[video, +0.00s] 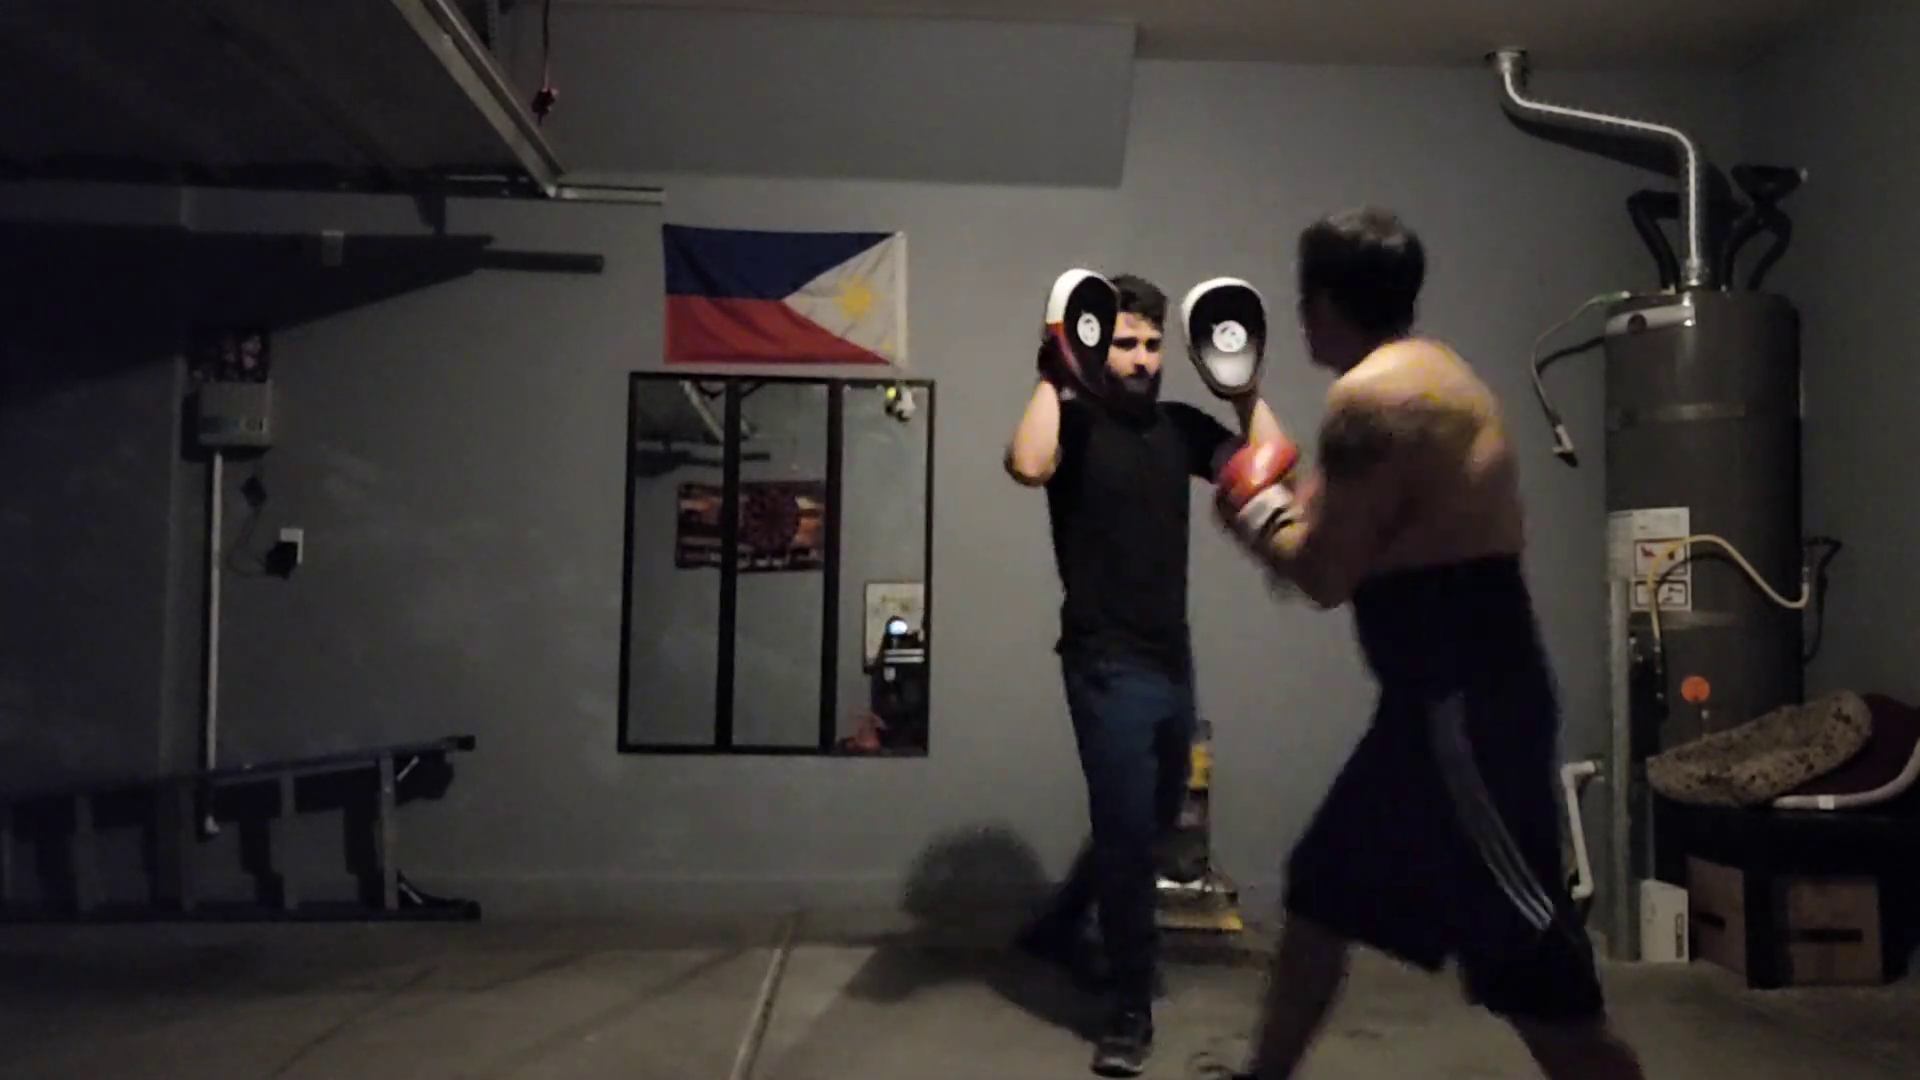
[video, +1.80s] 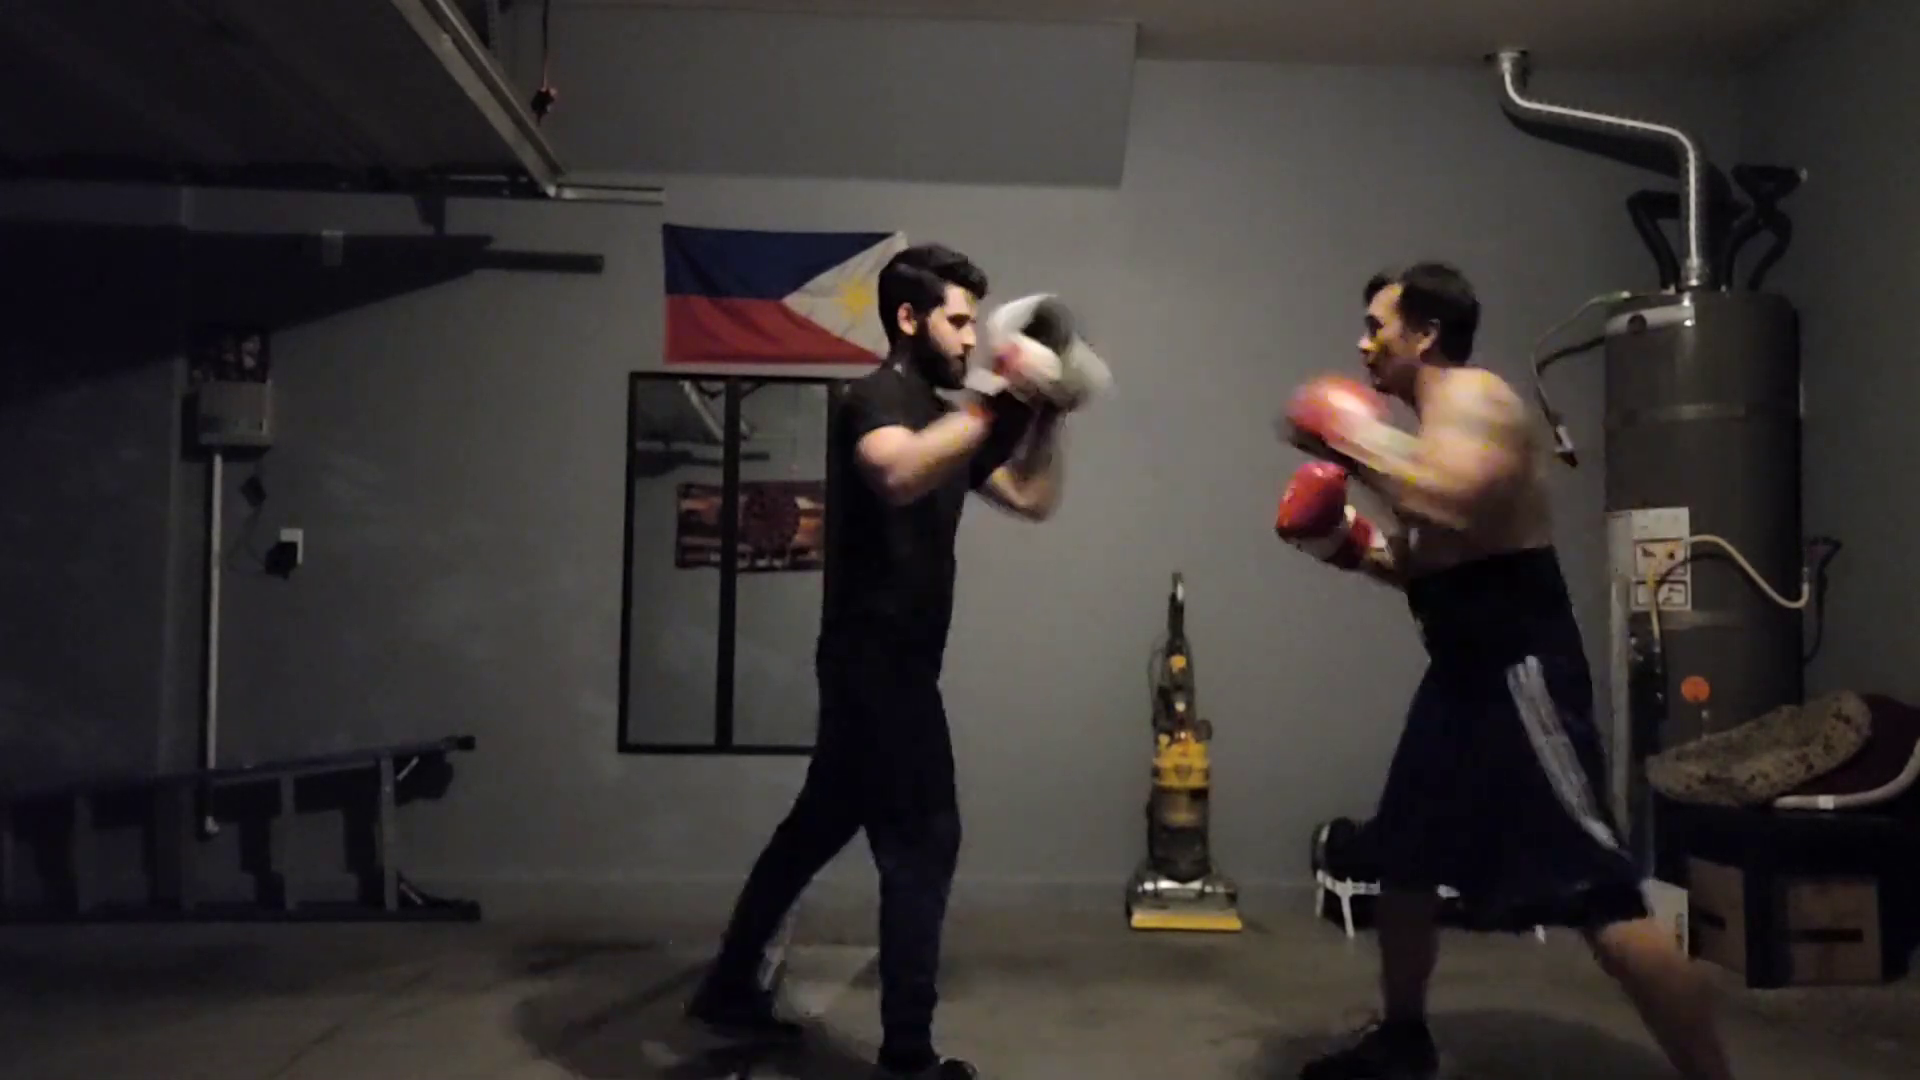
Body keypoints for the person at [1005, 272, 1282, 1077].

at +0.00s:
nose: (1139, 357)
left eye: (1150, 344)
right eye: (1124, 344)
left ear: (1163, 351)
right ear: (1090, 349)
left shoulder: (1179, 426)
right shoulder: (1068, 416)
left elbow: (1269, 469)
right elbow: (1030, 464)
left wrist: (1247, 390)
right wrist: (1055, 373)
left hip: (1167, 651)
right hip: (1102, 653)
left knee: (1148, 823)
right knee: (1127, 829)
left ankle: (1059, 926)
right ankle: (1131, 1003)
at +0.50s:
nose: (1095, 355)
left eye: (1100, 345)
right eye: (1083, 343)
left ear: (1101, 353)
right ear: (1049, 348)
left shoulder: (1096, 436)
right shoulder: (1010, 414)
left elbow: (1180, 497)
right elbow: (1017, 429)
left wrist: (1164, 415)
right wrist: (1041, 345)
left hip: (1051, 648)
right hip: (1010, 644)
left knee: (1015, 810)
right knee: (1043, 799)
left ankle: (993, 983)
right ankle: (995, 995)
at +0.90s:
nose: (1032, 352)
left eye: (1040, 341)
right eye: (1017, 339)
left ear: (1047, 346)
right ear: (974, 342)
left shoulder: (1056, 420)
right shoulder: (938, 419)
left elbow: (1149, 465)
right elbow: (892, 500)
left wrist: (1165, 388)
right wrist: (965, 435)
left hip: (1021, 654)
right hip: (965, 654)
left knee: (986, 832)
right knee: (976, 841)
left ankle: (928, 973)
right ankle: (952, 1033)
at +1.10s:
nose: (1037, 346)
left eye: (1038, 332)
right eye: (1026, 331)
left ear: (992, 332)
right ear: (980, 329)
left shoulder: (993, 410)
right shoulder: (958, 401)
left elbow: (1065, 488)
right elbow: (947, 499)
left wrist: (1091, 417)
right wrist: (1034, 530)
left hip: (961, 660)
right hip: (951, 664)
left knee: (948, 824)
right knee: (978, 835)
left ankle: (936, 971)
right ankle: (952, 1033)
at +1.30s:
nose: (1013, 347)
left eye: (1014, 333)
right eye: (1003, 331)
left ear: (951, 332)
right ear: (956, 327)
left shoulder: (917, 398)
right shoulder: (957, 400)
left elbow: (965, 477)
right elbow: (1011, 478)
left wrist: (1013, 422)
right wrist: (1119, 480)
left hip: (894, 647)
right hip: (929, 656)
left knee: (893, 807)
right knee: (964, 833)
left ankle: (800, 984)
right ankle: (954, 1034)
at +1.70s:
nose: (977, 339)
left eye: (977, 325)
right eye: (966, 324)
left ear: (917, 329)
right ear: (917, 323)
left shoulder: (910, 407)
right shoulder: (913, 393)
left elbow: (978, 515)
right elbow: (957, 464)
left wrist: (997, 427)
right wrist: (1069, 435)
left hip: (856, 658)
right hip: (892, 664)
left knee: (826, 828)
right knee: (919, 849)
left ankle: (776, 1002)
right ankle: (909, 1048)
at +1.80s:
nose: (972, 338)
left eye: (975, 323)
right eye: (959, 321)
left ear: (946, 327)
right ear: (909, 319)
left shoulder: (945, 414)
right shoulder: (873, 397)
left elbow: (1029, 498)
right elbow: (897, 471)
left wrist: (1046, 410)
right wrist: (991, 403)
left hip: (896, 660)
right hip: (874, 660)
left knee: (818, 824)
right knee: (923, 845)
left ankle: (730, 987)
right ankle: (908, 1052)